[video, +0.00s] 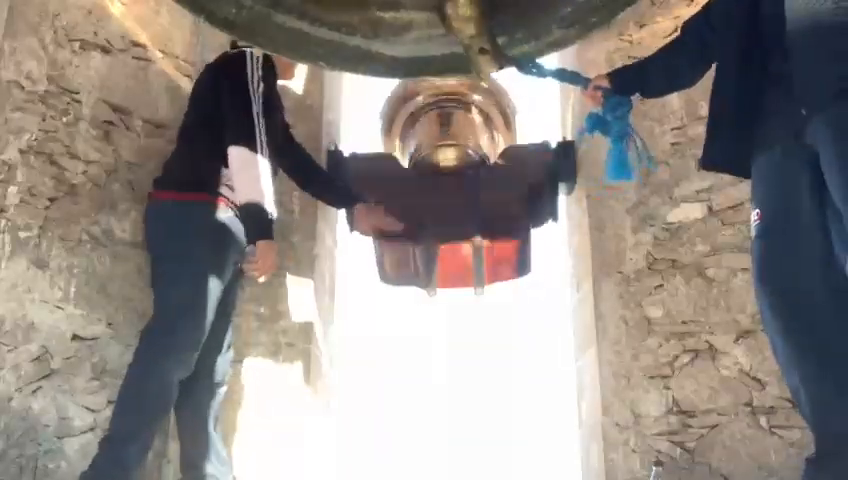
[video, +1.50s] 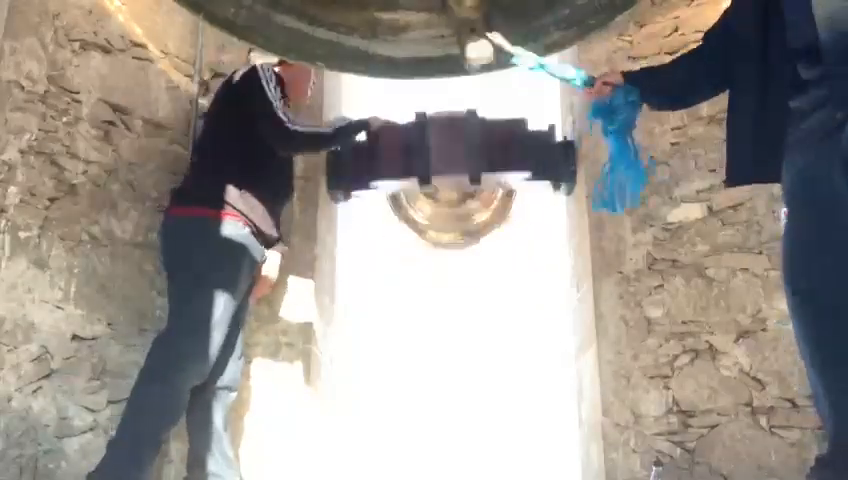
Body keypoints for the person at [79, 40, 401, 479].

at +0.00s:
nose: (306, 59)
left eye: (308, 50)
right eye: (302, 47)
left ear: (280, 46)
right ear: (277, 39)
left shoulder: (264, 84)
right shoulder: (244, 63)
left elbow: (290, 155)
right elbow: (242, 147)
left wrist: (352, 206)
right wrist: (262, 231)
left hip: (230, 222)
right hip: (196, 212)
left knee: (210, 369)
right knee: (175, 346)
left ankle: (209, 472)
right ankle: (111, 470)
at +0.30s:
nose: (282, 52)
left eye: (286, 44)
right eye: (277, 40)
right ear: (244, 29)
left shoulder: (248, 86)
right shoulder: (220, 57)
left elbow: (263, 173)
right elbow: (227, 140)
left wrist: (313, 156)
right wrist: (279, 205)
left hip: (227, 234)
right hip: (190, 220)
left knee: (215, 377)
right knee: (164, 358)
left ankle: (212, 472)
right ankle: (119, 470)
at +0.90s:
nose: (305, 59)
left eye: (307, 50)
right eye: (301, 47)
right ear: (275, 40)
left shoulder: (262, 93)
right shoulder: (242, 73)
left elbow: (281, 157)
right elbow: (266, 152)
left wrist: (354, 178)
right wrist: (346, 189)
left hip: (229, 240)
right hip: (202, 230)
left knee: (216, 379)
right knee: (170, 362)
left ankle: (215, 472)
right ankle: (118, 470)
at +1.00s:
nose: (303, 64)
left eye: (305, 55)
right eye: (299, 52)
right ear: (276, 46)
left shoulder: (269, 109)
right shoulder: (247, 71)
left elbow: (304, 181)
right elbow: (287, 146)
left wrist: (366, 223)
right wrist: (362, 148)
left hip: (229, 241)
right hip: (202, 229)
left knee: (217, 379)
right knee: (171, 361)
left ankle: (215, 472)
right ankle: (118, 470)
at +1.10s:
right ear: (268, 50)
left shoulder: (265, 123)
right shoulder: (246, 70)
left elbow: (305, 180)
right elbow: (313, 115)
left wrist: (366, 232)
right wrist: (374, 95)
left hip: (232, 243)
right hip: (202, 226)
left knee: (214, 379)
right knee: (174, 360)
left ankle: (213, 471)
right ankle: (117, 470)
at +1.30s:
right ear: (266, 37)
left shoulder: (266, 95)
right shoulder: (249, 68)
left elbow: (279, 183)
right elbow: (329, 71)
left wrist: (318, 251)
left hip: (239, 243)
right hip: (208, 229)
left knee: (216, 382)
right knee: (176, 360)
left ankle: (213, 471)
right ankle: (118, 471)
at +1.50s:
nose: (312, 88)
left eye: (315, 81)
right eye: (309, 77)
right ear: (289, 65)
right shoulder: (258, 76)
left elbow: (261, 189)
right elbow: (282, 136)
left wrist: (268, 250)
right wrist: (357, 128)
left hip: (241, 241)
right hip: (215, 227)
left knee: (221, 377)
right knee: (188, 358)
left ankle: (215, 471)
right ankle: (118, 470)